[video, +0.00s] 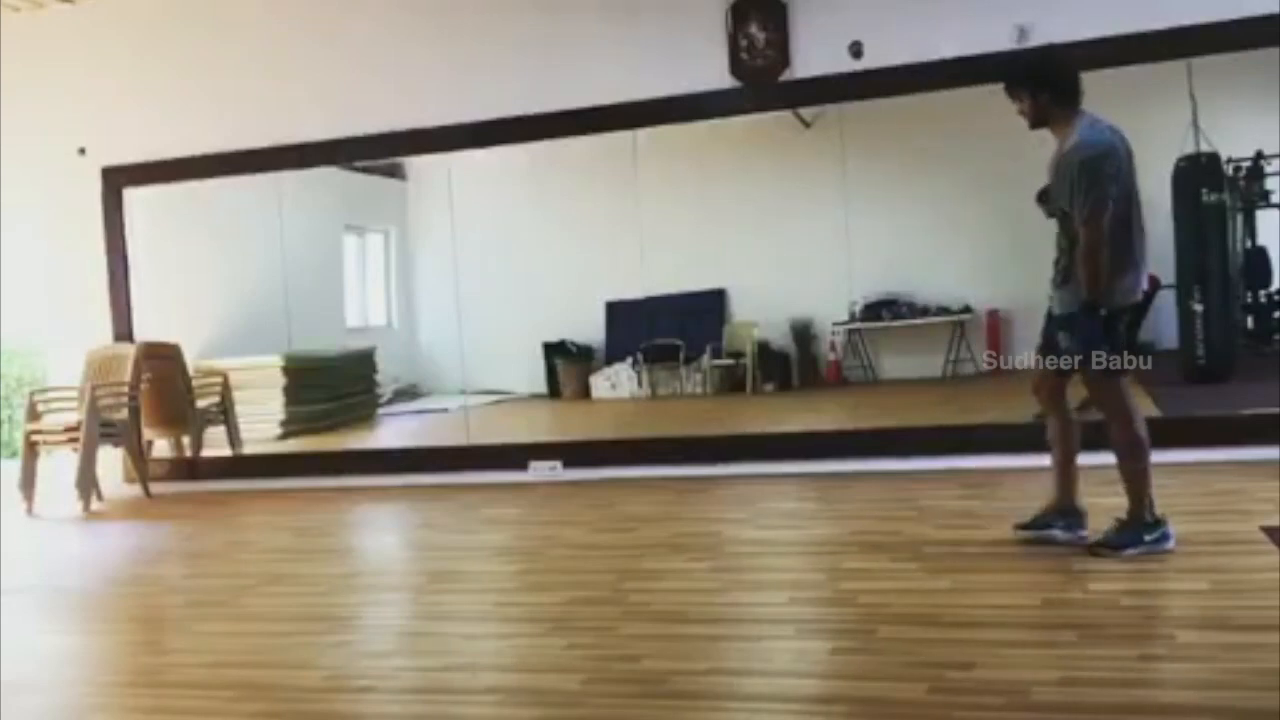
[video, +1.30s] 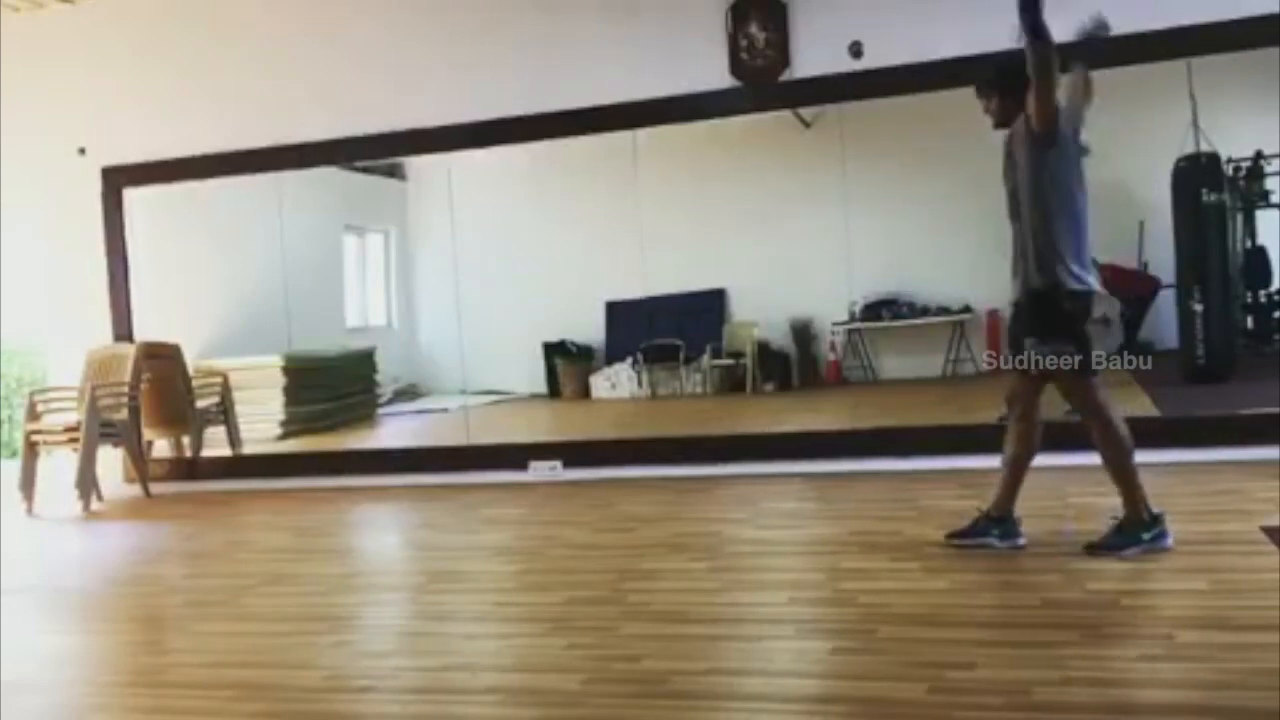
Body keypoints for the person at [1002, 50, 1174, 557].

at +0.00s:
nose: (1016, 108)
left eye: (1019, 97)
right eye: (1014, 99)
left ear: (1045, 95)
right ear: (1054, 95)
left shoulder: (1092, 148)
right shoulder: (1078, 143)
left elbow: (1094, 233)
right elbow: (1092, 225)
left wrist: (1096, 302)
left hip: (1100, 302)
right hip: (1073, 298)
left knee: (1111, 397)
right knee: (1048, 387)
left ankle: (1144, 517)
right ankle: (1065, 507)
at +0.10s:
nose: (1021, 110)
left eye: (1024, 99)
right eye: (1019, 101)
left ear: (1050, 95)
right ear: (1057, 96)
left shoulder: (1100, 147)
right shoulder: (1074, 145)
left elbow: (1105, 234)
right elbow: (1089, 220)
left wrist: (1104, 307)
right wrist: (1061, 206)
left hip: (1105, 303)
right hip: (1073, 300)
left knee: (1111, 395)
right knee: (1053, 385)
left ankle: (1145, 518)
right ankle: (1096, 500)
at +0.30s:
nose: (1035, 110)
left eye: (1037, 99)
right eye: (1033, 100)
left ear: (1063, 95)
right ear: (1063, 95)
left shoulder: (1112, 151)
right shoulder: (1084, 139)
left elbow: (1125, 238)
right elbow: (1095, 213)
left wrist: (1117, 312)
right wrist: (1070, 202)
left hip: (1110, 300)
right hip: (1081, 296)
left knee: (1118, 399)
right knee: (1071, 388)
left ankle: (1145, 519)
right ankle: (1180, 463)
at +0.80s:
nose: (1032, 105)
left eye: (1036, 94)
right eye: (1031, 95)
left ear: (1061, 92)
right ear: (1068, 91)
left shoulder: (1105, 149)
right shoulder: (1081, 139)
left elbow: (1112, 238)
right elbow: (1096, 213)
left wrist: (1098, 306)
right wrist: (1068, 206)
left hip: (1115, 298)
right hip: (1083, 292)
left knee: (1118, 394)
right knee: (1052, 384)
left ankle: (1146, 518)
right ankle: (1103, 488)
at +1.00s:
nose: (1017, 109)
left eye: (1019, 98)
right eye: (1015, 99)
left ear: (1041, 95)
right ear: (1057, 91)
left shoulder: (1073, 147)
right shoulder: (1093, 134)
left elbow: (1082, 229)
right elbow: (1105, 220)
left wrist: (1068, 293)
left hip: (1101, 298)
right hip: (1107, 292)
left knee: (1114, 401)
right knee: (1054, 394)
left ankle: (1145, 519)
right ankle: (1024, 504)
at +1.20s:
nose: (991, 109)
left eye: (995, 98)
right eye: (989, 100)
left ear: (1023, 95)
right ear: (1014, 102)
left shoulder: (1058, 139)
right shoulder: (1028, 145)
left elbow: (1056, 124)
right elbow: (1088, 136)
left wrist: (1047, 71)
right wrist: (1103, 109)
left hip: (1082, 297)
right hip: (1047, 299)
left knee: (1099, 402)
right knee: (1031, 402)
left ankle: (1143, 519)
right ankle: (1003, 514)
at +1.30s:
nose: (983, 107)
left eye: (988, 96)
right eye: (982, 98)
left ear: (1013, 92)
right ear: (1012, 98)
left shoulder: (1038, 130)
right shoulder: (1048, 131)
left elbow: (1042, 65)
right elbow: (1076, 96)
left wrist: (1029, 9)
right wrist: (1083, 55)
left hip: (1059, 290)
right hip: (1040, 290)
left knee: (1093, 403)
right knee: (1022, 402)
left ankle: (1140, 518)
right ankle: (1000, 514)